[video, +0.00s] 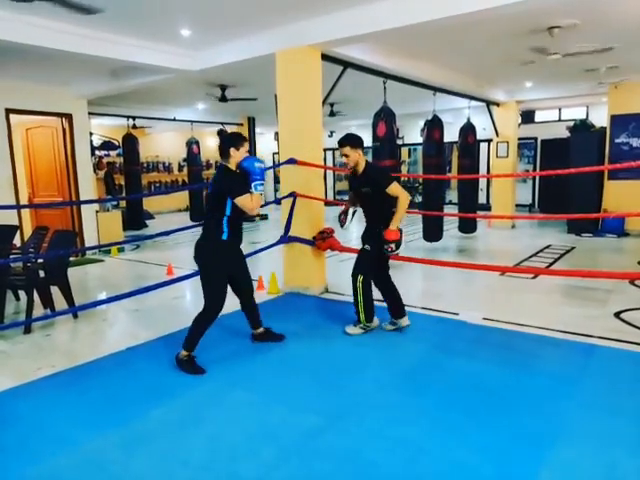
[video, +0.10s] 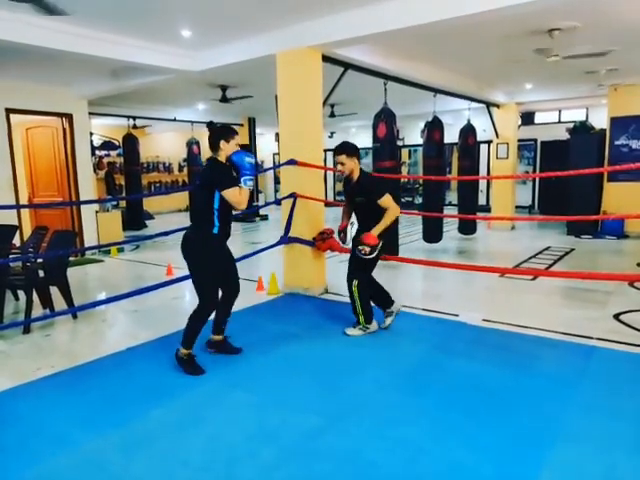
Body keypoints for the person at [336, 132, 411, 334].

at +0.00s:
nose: (344, 161)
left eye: (347, 156)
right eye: (342, 157)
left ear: (359, 152)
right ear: (346, 155)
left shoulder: (375, 173)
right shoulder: (354, 176)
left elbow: (404, 196)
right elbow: (357, 197)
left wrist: (394, 227)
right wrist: (348, 207)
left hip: (381, 230)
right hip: (372, 229)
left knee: (360, 275)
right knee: (380, 275)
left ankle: (366, 321)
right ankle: (399, 316)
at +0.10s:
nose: (338, 168)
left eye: (342, 164)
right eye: (337, 164)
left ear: (355, 161)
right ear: (338, 163)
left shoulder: (370, 182)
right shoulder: (348, 182)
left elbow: (394, 210)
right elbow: (349, 205)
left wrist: (374, 234)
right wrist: (343, 225)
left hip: (376, 234)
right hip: (363, 231)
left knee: (356, 278)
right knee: (359, 276)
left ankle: (366, 323)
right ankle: (389, 305)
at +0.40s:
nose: (326, 156)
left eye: (329, 152)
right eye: (324, 152)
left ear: (341, 150)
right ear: (324, 152)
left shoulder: (354, 171)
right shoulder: (329, 173)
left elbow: (370, 202)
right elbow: (333, 198)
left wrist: (342, 209)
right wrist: (324, 212)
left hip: (357, 224)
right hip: (340, 223)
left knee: (350, 270)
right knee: (334, 266)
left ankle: (362, 316)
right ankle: (336, 304)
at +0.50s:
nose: (320, 162)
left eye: (323, 157)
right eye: (318, 158)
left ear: (336, 156)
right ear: (319, 158)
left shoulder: (351, 178)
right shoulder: (323, 180)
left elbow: (369, 204)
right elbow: (325, 204)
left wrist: (344, 214)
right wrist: (319, 218)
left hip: (351, 229)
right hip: (332, 229)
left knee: (342, 271)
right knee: (327, 270)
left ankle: (357, 313)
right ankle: (336, 307)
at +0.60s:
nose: (315, 168)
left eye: (318, 163)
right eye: (313, 163)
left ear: (331, 161)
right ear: (313, 164)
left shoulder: (346, 184)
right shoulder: (319, 187)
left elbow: (365, 209)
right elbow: (318, 210)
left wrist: (346, 228)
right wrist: (312, 224)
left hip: (345, 233)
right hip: (327, 233)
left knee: (334, 275)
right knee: (322, 275)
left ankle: (353, 311)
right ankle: (336, 309)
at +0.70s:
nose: (311, 163)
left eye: (315, 158)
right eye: (309, 159)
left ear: (327, 157)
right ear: (310, 160)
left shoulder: (343, 179)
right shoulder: (316, 183)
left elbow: (363, 202)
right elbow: (316, 206)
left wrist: (348, 221)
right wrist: (311, 216)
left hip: (343, 228)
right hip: (326, 227)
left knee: (331, 272)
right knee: (321, 272)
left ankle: (350, 311)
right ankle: (335, 308)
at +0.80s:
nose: (311, 158)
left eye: (314, 153)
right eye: (308, 154)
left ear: (326, 152)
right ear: (309, 155)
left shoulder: (341, 174)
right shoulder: (313, 177)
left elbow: (362, 196)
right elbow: (313, 199)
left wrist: (344, 212)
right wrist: (308, 210)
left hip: (341, 224)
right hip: (324, 225)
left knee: (332, 270)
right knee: (325, 270)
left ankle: (342, 324)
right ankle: (335, 307)